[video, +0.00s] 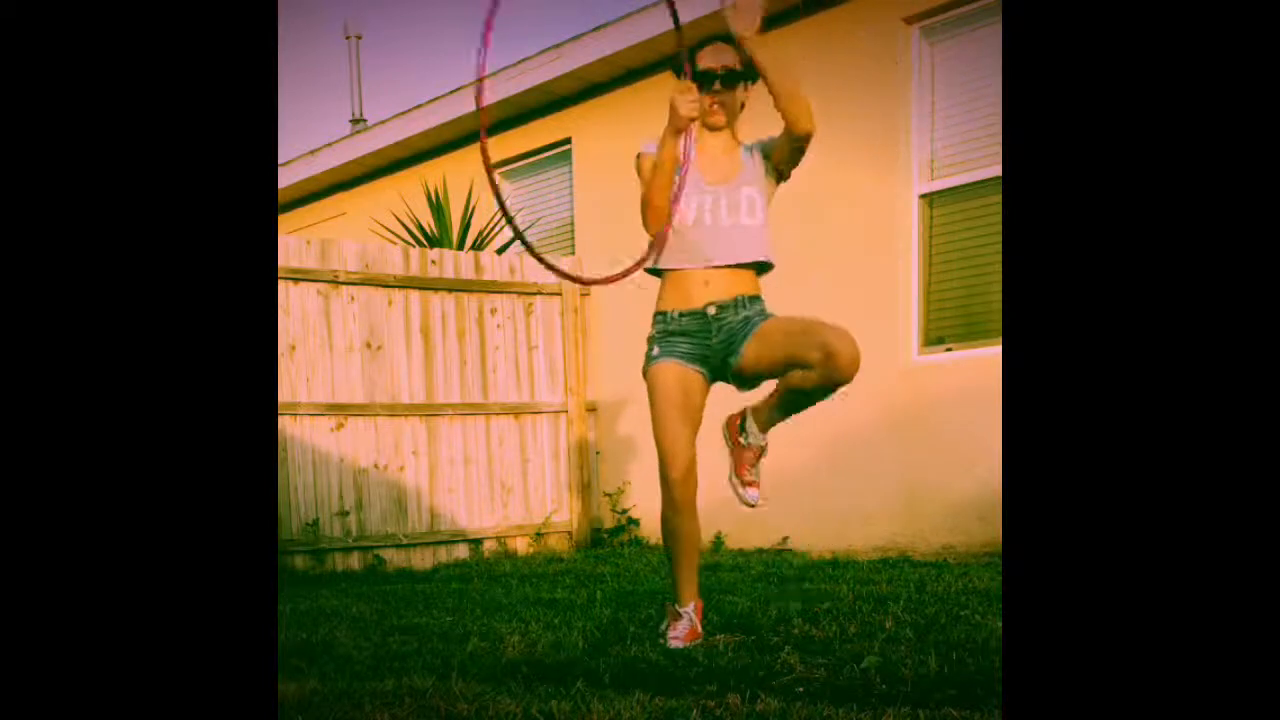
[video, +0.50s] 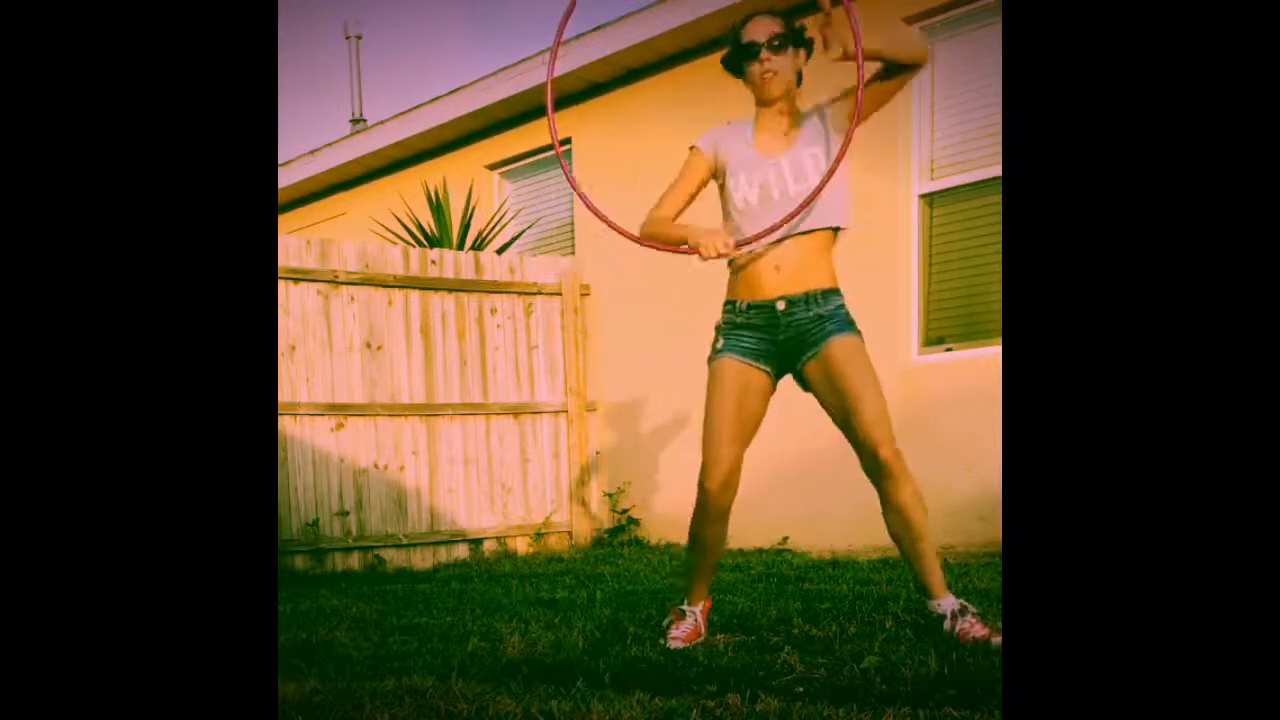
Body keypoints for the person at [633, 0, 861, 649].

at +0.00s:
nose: (717, 91)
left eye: (729, 80)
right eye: (705, 80)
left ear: (747, 90)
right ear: (687, 90)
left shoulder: (762, 158)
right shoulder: (663, 156)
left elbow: (801, 127)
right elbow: (655, 225)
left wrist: (751, 43)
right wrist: (671, 134)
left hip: (745, 320)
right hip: (677, 329)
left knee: (838, 353)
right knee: (677, 474)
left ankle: (752, 428)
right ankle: (686, 608)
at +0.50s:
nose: (764, 60)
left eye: (777, 48)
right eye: (751, 53)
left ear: (801, 57)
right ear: (739, 70)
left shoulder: (830, 121)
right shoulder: (721, 144)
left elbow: (913, 55)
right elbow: (652, 226)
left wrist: (854, 39)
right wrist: (692, 235)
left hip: (822, 314)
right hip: (745, 324)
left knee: (884, 456)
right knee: (715, 478)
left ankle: (943, 602)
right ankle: (695, 606)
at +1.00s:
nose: (806, 81)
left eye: (812, 62)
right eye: (801, 70)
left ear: (855, 47)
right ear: (826, 65)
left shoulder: (896, 121)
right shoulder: (828, 126)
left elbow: (851, 226)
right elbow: (761, 86)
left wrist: (771, 157)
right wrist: (753, 27)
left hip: (874, 313)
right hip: (809, 320)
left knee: (919, 469)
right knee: (726, 463)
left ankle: (947, 609)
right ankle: (676, 614)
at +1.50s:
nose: (695, 106)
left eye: (705, 96)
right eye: (694, 95)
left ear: (750, 95)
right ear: (730, 97)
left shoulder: (792, 128)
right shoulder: (708, 167)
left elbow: (778, 13)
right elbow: (685, 265)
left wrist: (680, 9)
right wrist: (606, 221)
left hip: (785, 333)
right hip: (720, 345)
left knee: (857, 482)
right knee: (638, 473)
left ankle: (942, 612)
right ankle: (671, 616)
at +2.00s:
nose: (695, 128)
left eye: (701, 116)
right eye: (692, 117)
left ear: (741, 104)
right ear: (726, 107)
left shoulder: (805, 143)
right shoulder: (710, 152)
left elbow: (854, 217)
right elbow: (609, 144)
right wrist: (525, 104)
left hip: (808, 334)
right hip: (738, 351)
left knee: (886, 469)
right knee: (655, 466)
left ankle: (968, 603)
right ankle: (673, 617)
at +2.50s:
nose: (869, 84)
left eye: (885, 69)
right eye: (857, 69)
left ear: (919, 63)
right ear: (847, 62)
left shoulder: (940, 145)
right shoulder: (824, 133)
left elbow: (985, 242)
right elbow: (748, 201)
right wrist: (684, 260)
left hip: (913, 335)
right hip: (831, 339)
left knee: (998, 446)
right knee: (752, 482)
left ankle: (988, 606)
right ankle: (678, 619)